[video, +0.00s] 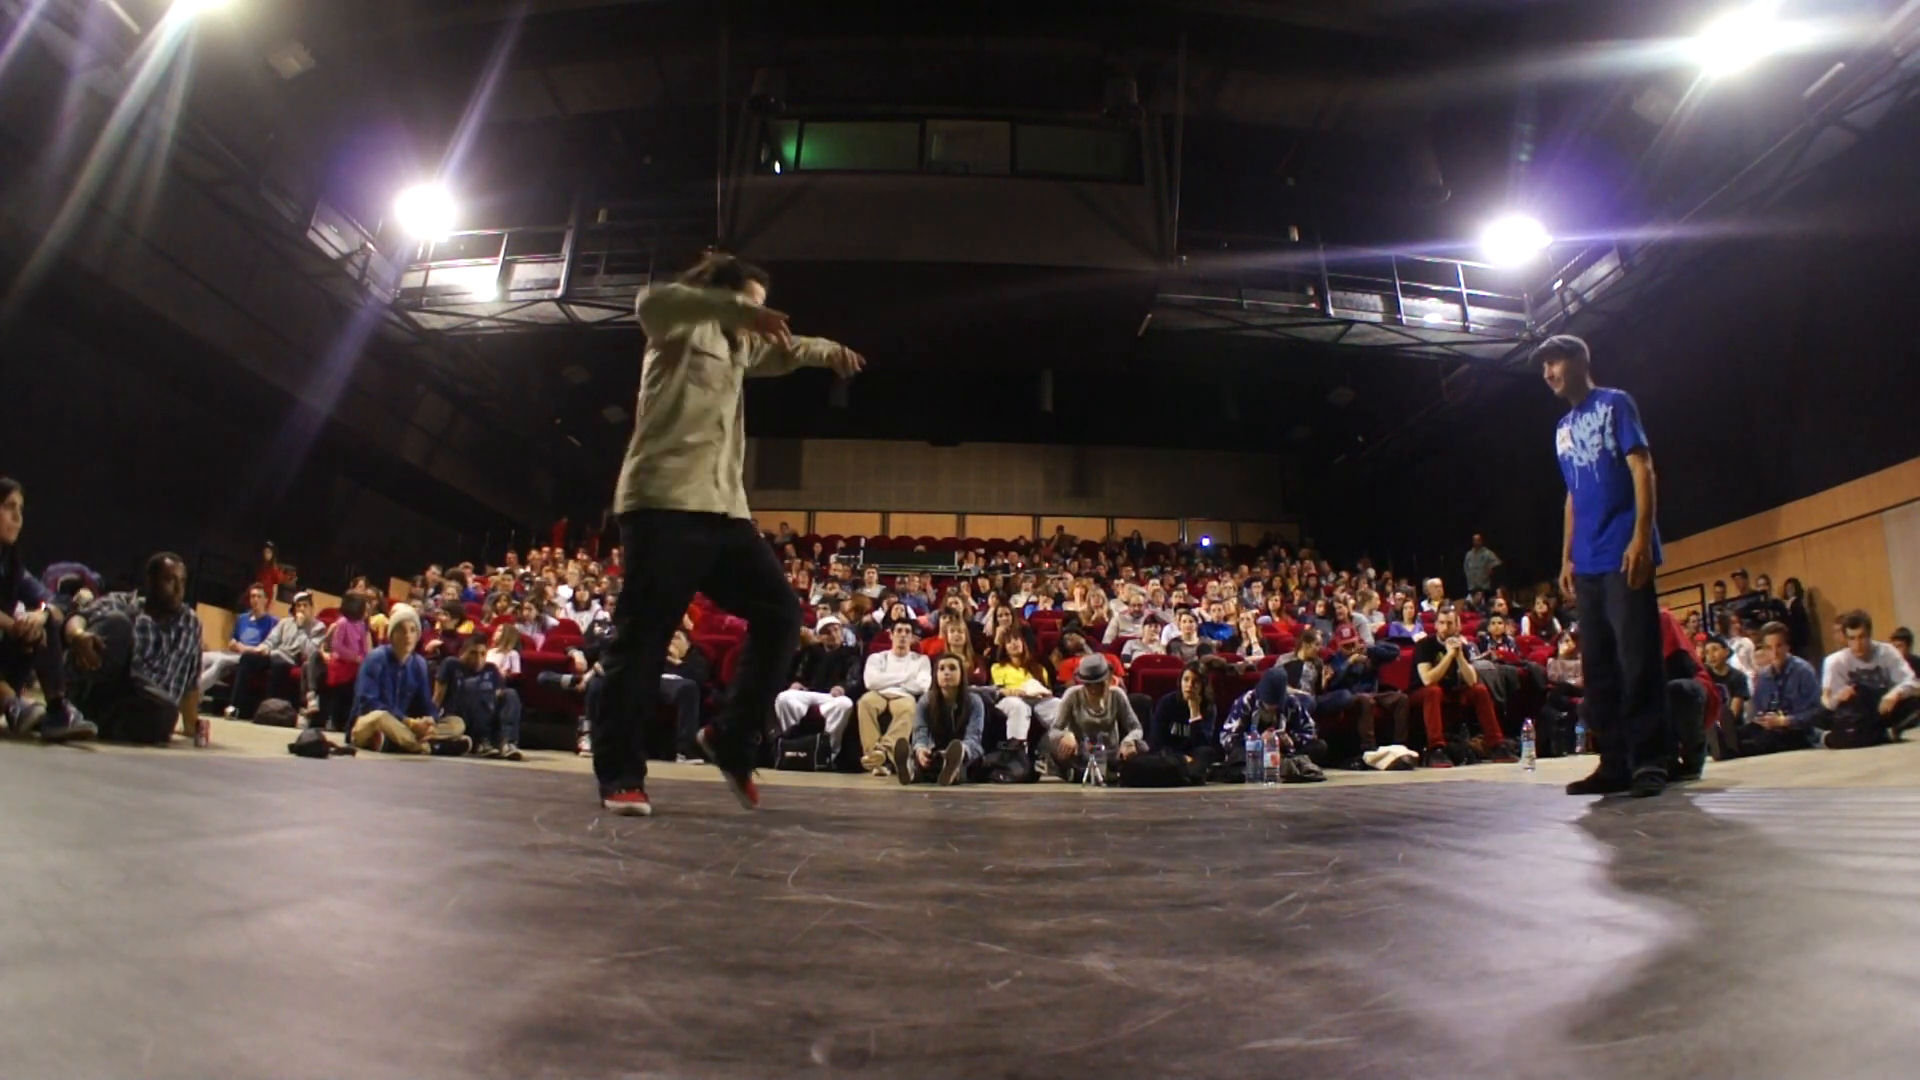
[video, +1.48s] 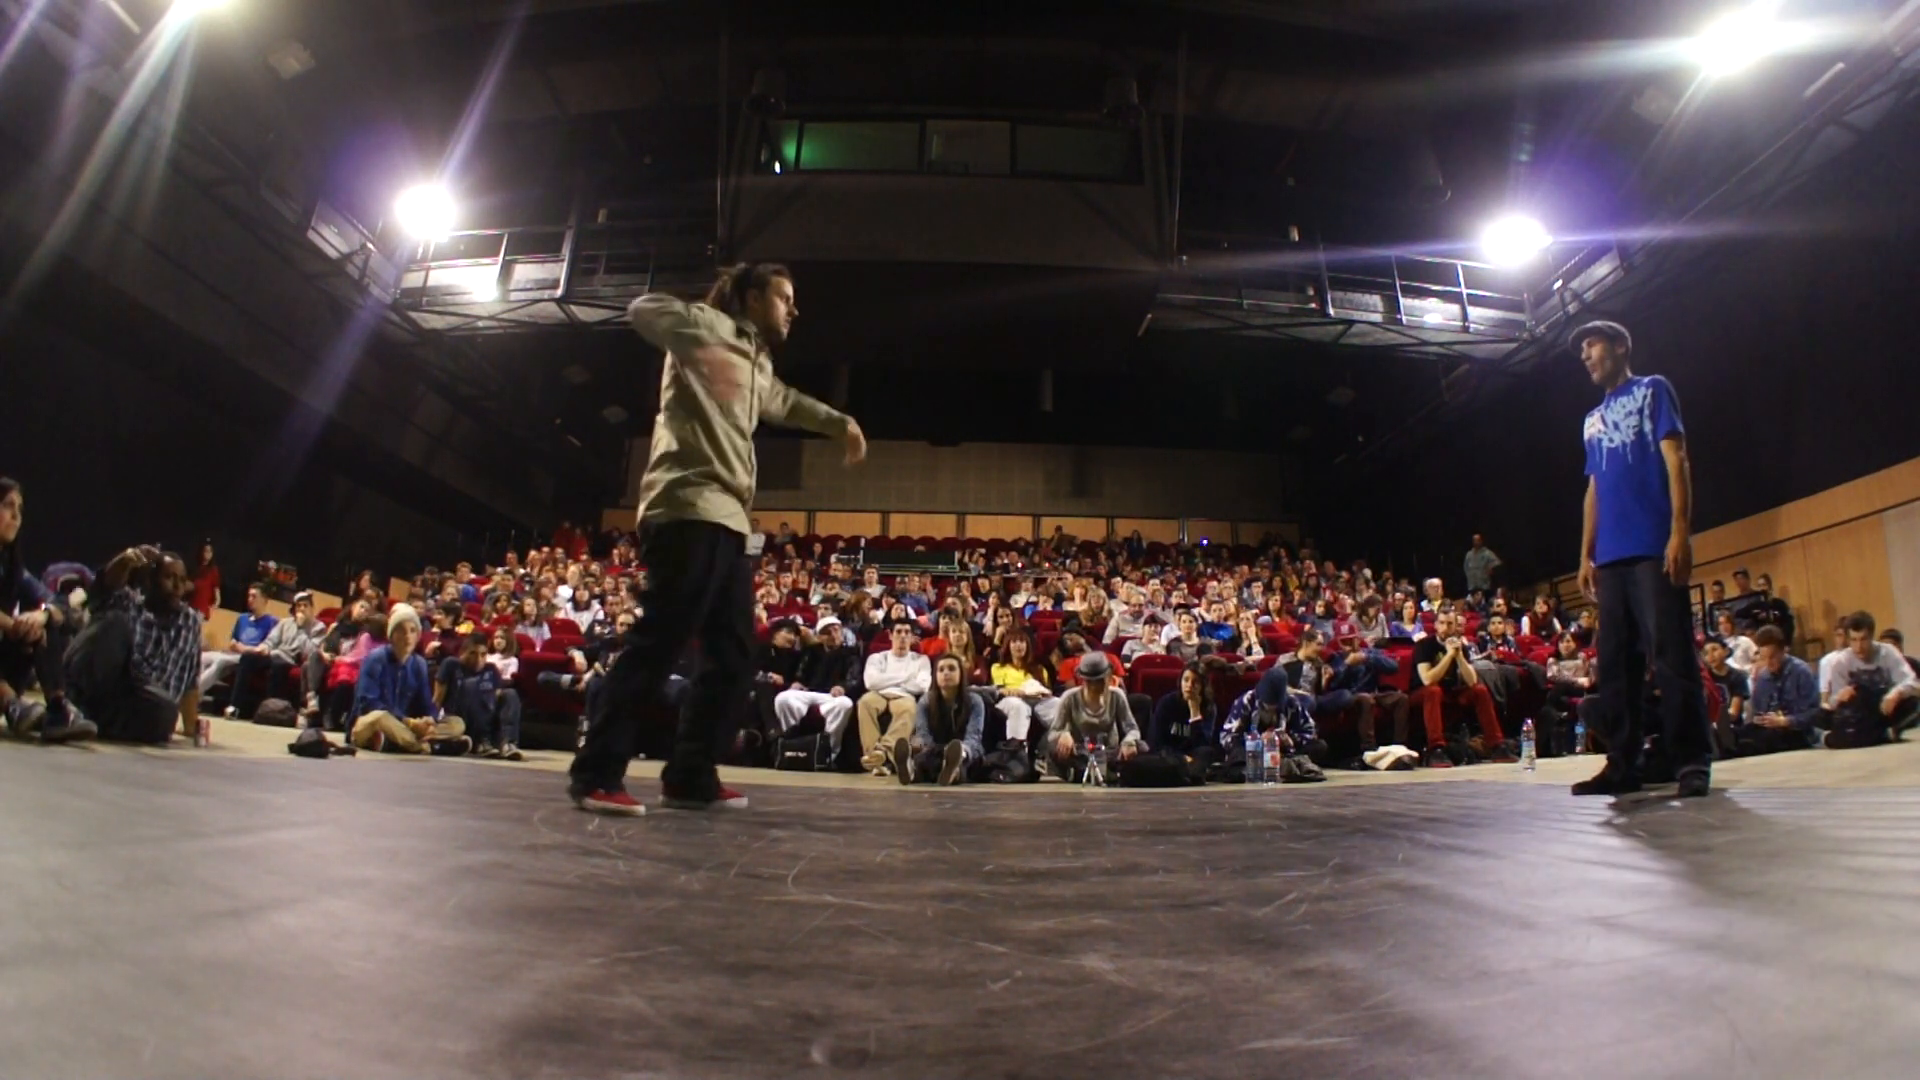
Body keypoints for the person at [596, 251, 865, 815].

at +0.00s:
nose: (759, 316)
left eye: (762, 309)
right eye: (753, 305)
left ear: (756, 310)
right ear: (723, 292)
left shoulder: (741, 346)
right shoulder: (675, 321)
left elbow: (787, 350)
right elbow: (653, 300)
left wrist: (833, 351)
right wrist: (739, 310)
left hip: (723, 510)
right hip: (663, 504)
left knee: (780, 616)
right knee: (640, 642)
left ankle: (734, 739)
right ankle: (619, 773)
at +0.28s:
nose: (767, 320)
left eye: (772, 313)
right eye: (763, 307)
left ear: (763, 313)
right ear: (736, 294)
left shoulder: (748, 347)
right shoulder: (699, 317)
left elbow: (784, 346)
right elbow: (698, 261)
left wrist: (827, 349)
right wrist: (710, 198)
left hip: (732, 498)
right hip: (688, 486)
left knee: (780, 617)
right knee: (734, 604)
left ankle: (737, 742)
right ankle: (648, 737)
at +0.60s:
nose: (776, 278)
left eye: (776, 271)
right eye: (766, 269)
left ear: (766, 283)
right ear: (736, 273)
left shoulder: (768, 338)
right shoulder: (712, 302)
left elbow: (803, 335)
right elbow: (711, 241)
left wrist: (847, 305)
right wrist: (761, 173)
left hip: (722, 497)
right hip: (673, 481)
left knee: (761, 623)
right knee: (715, 601)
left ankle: (757, 751)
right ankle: (646, 741)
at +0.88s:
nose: (779, 348)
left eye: (788, 341)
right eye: (776, 334)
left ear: (791, 336)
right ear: (755, 310)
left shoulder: (771, 361)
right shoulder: (710, 321)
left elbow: (808, 370)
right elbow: (692, 279)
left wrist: (860, 358)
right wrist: (765, 253)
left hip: (721, 501)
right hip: (671, 486)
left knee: (751, 625)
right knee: (712, 612)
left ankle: (768, 747)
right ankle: (641, 741)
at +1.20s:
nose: (792, 310)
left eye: (794, 303)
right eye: (783, 299)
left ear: (784, 313)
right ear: (749, 299)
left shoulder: (773, 370)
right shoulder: (713, 325)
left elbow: (798, 413)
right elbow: (656, 313)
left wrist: (823, 447)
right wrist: (587, 302)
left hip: (730, 513)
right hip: (676, 497)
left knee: (784, 627)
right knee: (692, 606)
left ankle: (735, 744)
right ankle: (600, 751)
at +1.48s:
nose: (792, 310)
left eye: (793, 303)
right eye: (784, 299)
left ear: (768, 307)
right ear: (749, 296)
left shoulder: (760, 370)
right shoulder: (707, 328)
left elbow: (789, 403)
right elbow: (643, 308)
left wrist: (842, 423)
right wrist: (704, 321)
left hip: (730, 519)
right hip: (687, 505)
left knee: (733, 653)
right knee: (658, 643)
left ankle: (691, 775)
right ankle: (595, 774)